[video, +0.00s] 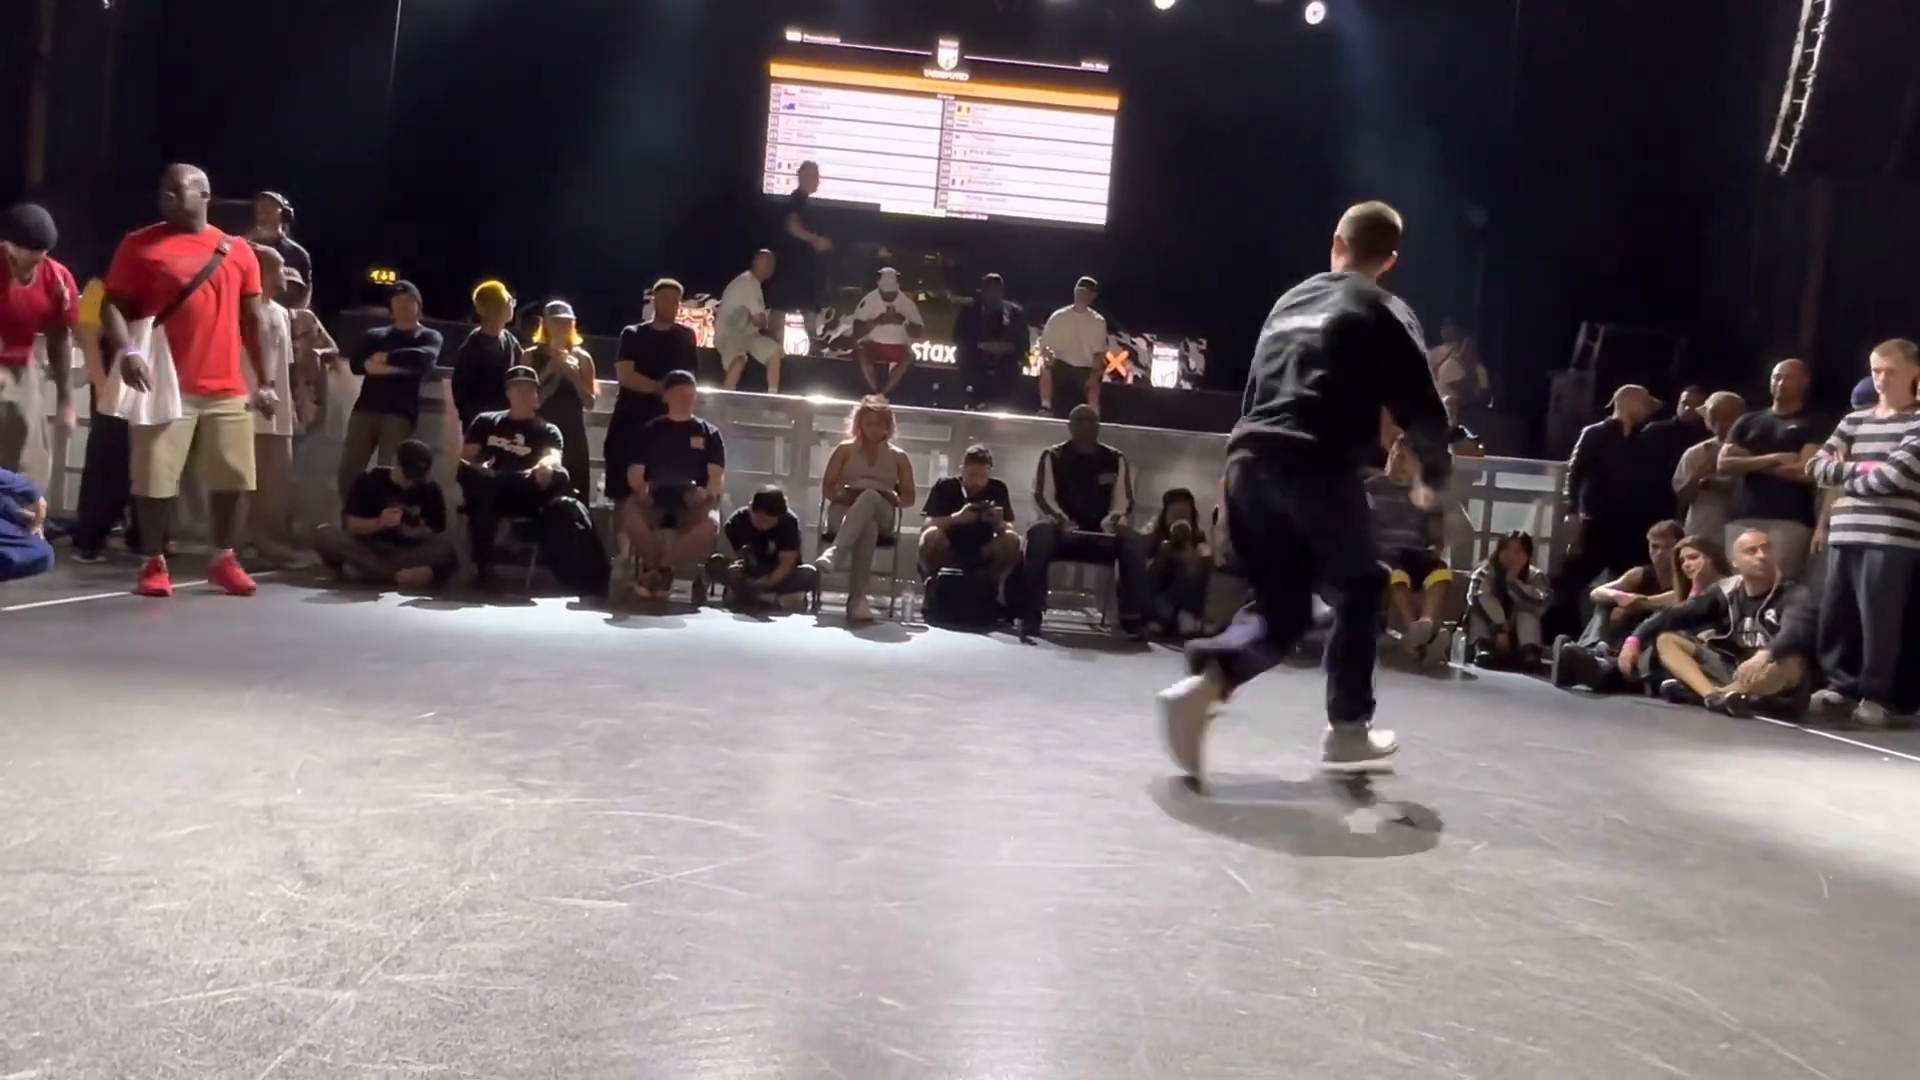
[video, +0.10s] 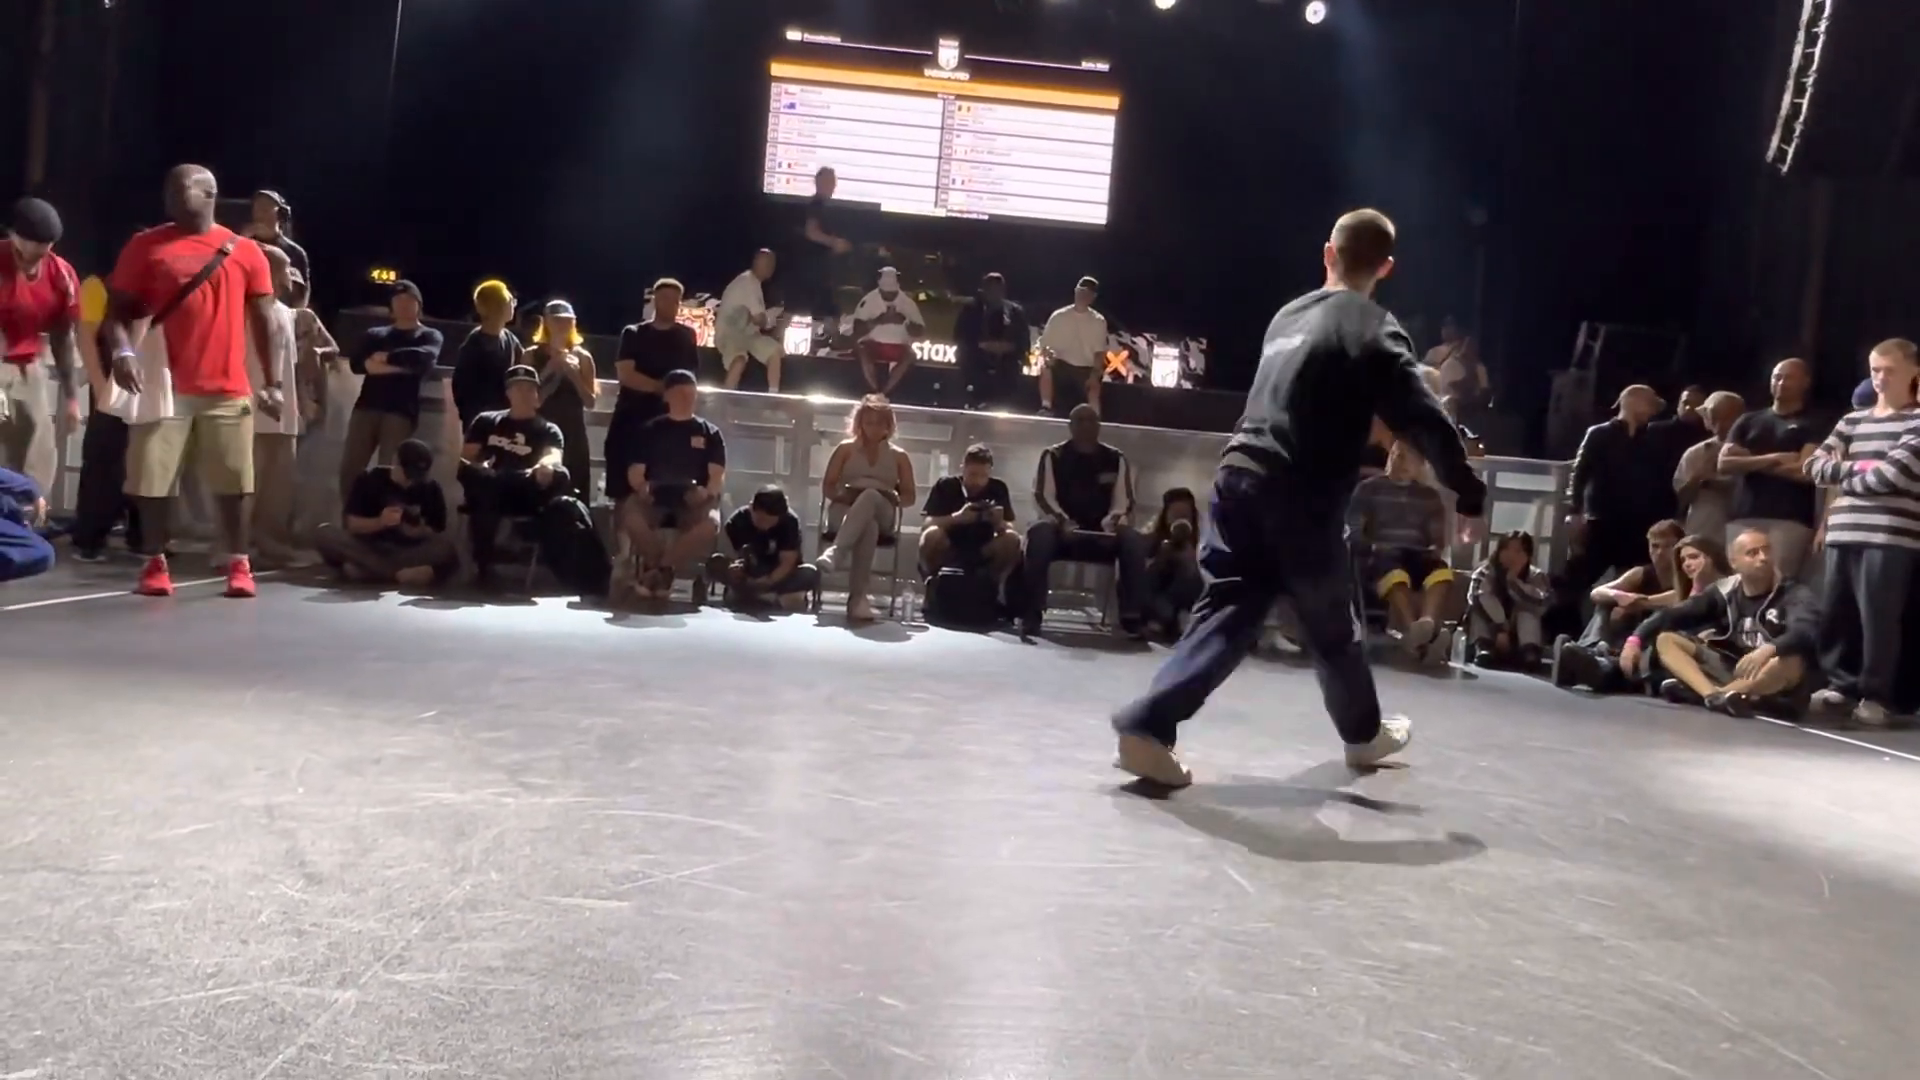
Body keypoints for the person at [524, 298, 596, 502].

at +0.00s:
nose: (562, 326)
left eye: (567, 321)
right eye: (556, 320)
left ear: (573, 324)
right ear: (545, 323)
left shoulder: (583, 358)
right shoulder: (531, 356)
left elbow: (589, 402)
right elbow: (529, 400)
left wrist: (573, 374)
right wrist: (553, 370)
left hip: (572, 431)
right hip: (540, 431)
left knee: (576, 492)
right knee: (538, 492)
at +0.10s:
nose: (563, 325)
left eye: (567, 320)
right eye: (557, 320)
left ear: (573, 324)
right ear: (546, 323)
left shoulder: (583, 357)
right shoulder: (532, 355)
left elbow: (590, 402)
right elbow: (531, 400)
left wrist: (573, 374)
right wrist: (553, 368)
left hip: (573, 430)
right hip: (540, 430)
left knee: (577, 492)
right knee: (539, 492)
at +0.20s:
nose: (563, 324)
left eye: (568, 319)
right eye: (557, 319)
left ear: (574, 323)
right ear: (547, 322)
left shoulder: (584, 357)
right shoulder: (533, 354)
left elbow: (591, 401)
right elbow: (531, 399)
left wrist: (575, 373)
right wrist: (554, 367)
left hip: (574, 429)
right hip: (541, 429)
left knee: (578, 491)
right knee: (540, 492)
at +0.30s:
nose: (563, 324)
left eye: (568, 319)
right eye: (557, 319)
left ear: (574, 323)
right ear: (547, 322)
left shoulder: (584, 356)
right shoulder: (533, 354)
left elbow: (591, 400)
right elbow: (530, 398)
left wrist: (574, 371)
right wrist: (553, 366)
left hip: (574, 428)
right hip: (541, 428)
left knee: (578, 490)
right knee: (540, 490)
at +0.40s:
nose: (562, 325)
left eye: (567, 319)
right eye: (557, 319)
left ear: (573, 323)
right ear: (547, 322)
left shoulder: (584, 357)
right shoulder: (533, 354)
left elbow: (591, 401)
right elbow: (529, 397)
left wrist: (575, 372)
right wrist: (553, 365)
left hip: (574, 429)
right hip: (541, 429)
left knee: (578, 491)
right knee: (539, 492)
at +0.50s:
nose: (563, 324)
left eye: (567, 319)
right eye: (557, 319)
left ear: (573, 323)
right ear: (547, 322)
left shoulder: (584, 356)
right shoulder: (533, 354)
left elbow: (591, 401)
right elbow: (529, 397)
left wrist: (575, 373)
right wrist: (553, 366)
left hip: (574, 428)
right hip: (541, 429)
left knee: (578, 490)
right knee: (540, 490)